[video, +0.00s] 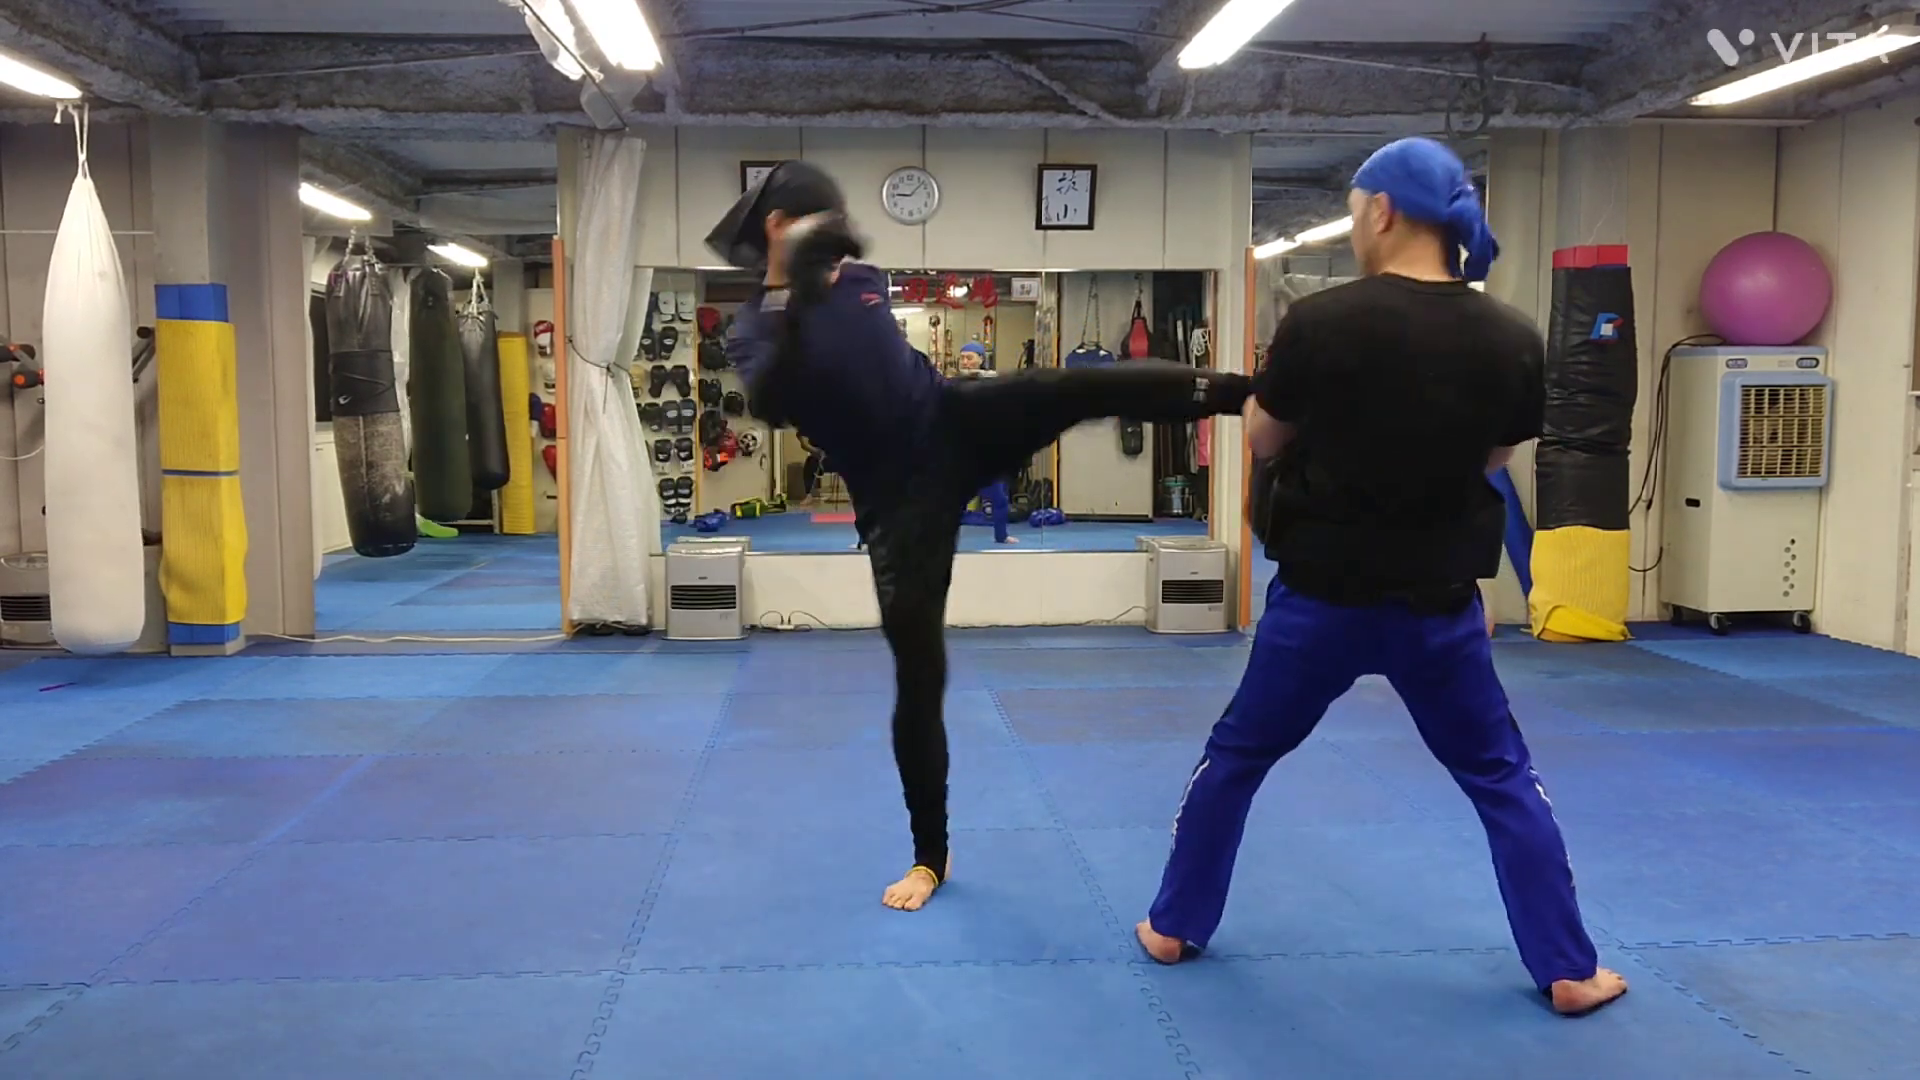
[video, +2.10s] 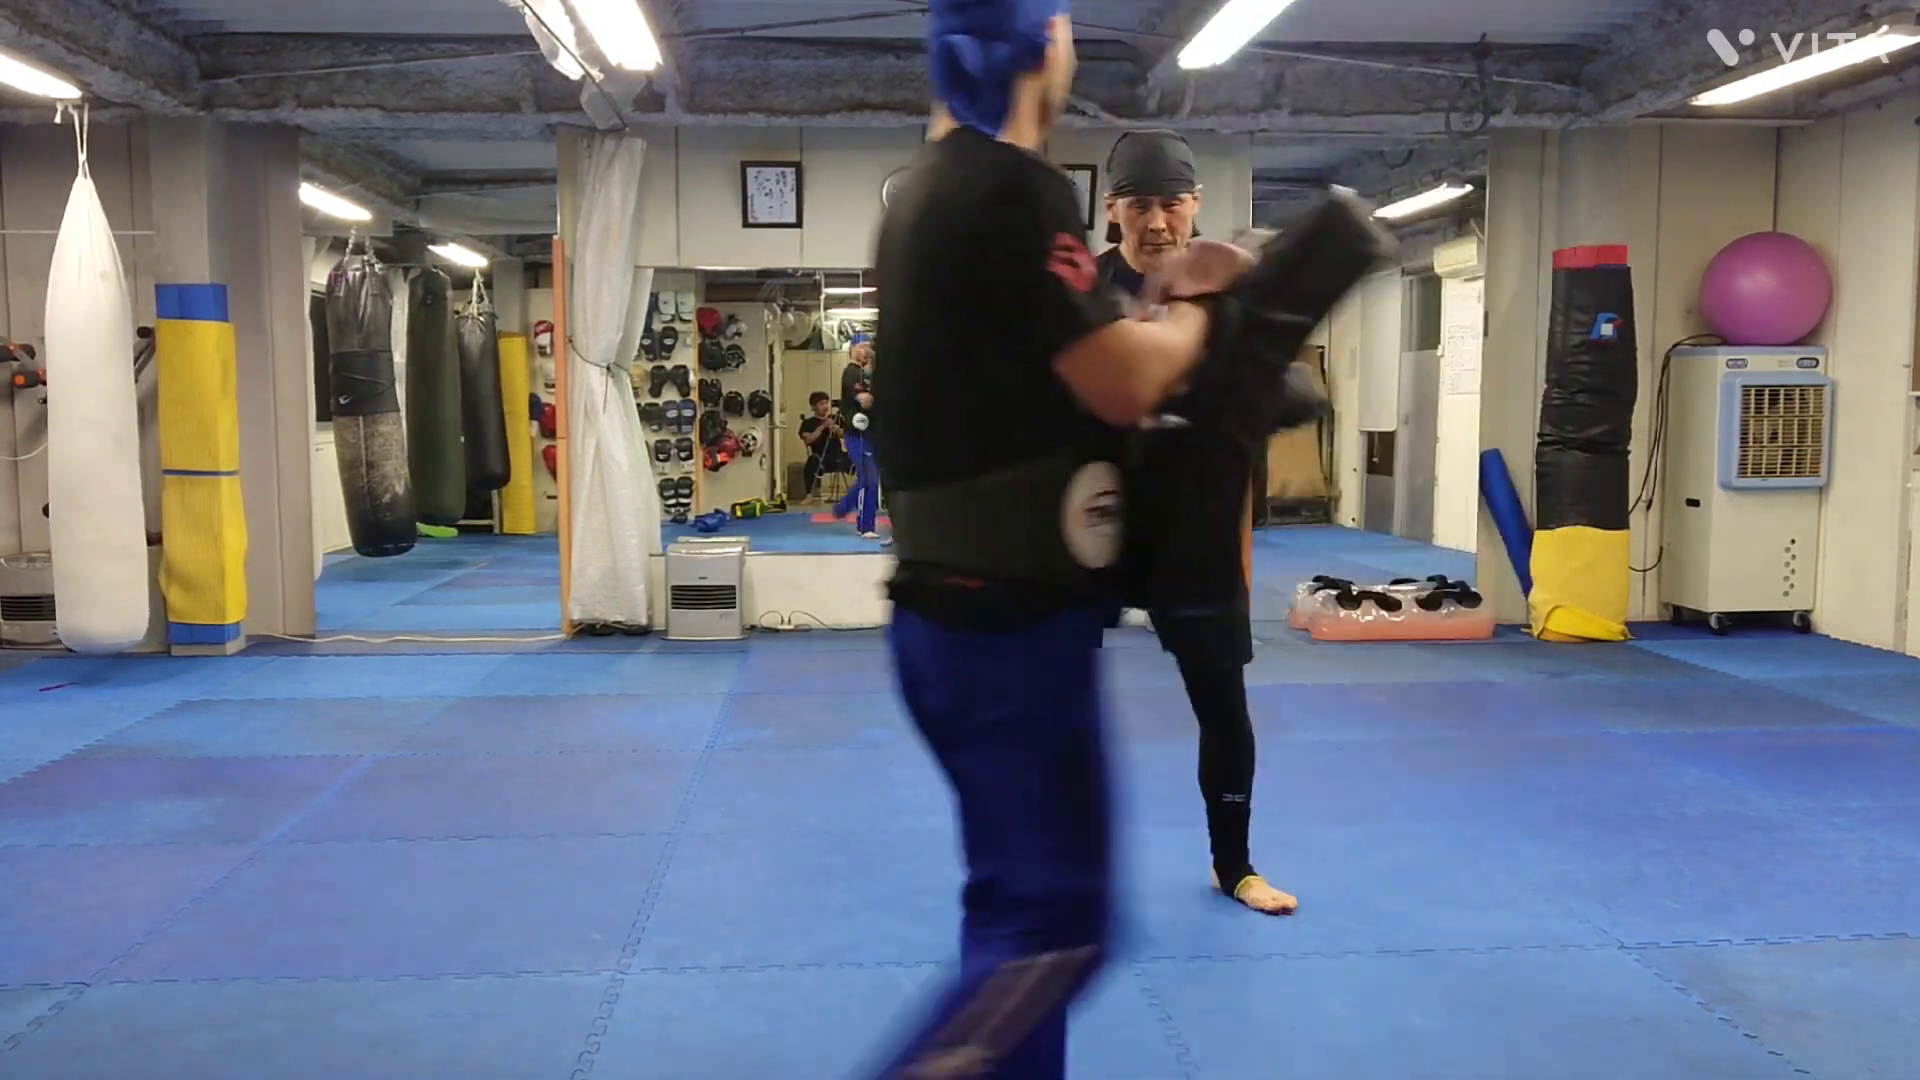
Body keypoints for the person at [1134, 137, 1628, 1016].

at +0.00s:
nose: (1353, 225)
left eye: (1358, 209)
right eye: (1357, 209)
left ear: (1387, 215)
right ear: (1450, 224)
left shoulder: (1323, 321)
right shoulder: (1510, 339)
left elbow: (1265, 436)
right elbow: (1494, 457)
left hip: (1320, 605)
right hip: (1439, 609)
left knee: (1235, 758)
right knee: (1502, 776)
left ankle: (1174, 927)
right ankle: (1568, 972)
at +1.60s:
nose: (1221, 116)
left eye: (1229, 99)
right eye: (1227, 100)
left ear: (1252, 109)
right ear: (1345, 113)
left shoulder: (1192, 255)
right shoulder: (1410, 245)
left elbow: (1208, 391)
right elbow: (1529, 394)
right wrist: (1485, 275)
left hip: (1266, 628)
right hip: (1409, 635)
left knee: (1206, 813)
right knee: (1508, 880)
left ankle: (1105, 1038)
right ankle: (1530, 1067)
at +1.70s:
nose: (1168, 116)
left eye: (1171, 101)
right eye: (1184, 101)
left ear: (1186, 113)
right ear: (1290, 109)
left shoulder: (1156, 264)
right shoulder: (1335, 251)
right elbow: (1464, 411)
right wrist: (1448, 290)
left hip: (1229, 640)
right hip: (1361, 646)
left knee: (1196, 835)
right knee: (1489, 885)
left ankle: (1048, 1043)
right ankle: (1527, 1069)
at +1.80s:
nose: (1228, 132)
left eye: (1225, 116)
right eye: (1225, 113)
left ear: (1110, 121)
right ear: (1214, 120)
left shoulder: (1086, 262)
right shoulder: (1216, 254)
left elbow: (1166, 421)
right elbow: (1334, 434)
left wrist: (1300, 336)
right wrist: (1374, 331)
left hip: (1138, 651)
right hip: (1258, 657)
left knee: (1132, 880)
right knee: (1420, 907)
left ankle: (1015, 1069)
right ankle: (1498, 1069)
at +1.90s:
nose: (1158, 81)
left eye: (1151, 59)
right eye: (1152, 61)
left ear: (1035, 87)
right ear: (1137, 80)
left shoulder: (1014, 230)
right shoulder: (1104, 229)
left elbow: (1103, 398)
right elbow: (1211, 408)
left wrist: (1252, 327)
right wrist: (1290, 334)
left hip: (1041, 634)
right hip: (1141, 638)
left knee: (1090, 870)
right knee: (1301, 877)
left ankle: (1024, 1070)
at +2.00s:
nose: (1123, 62)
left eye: (1117, 44)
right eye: (1117, 44)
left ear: (1003, 70)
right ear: (1096, 60)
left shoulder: (979, 206)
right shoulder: (1060, 203)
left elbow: (1068, 380)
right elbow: (1170, 396)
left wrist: (1217, 320)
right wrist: (1245, 334)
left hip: (998, 617)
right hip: (1090, 623)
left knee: (1061, 877)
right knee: (1230, 878)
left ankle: (1018, 1072)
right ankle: (1162, 1063)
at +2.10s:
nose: (1072, 49)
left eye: (1066, 32)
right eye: (1065, 32)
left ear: (955, 59)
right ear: (1041, 48)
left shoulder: (927, 191)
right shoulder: (1009, 191)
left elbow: (1017, 377)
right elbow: (1126, 384)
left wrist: (1150, 307)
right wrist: (1192, 306)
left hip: (946, 607)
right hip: (1011, 618)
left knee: (1011, 904)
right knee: (1063, 923)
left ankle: (1017, 1069)